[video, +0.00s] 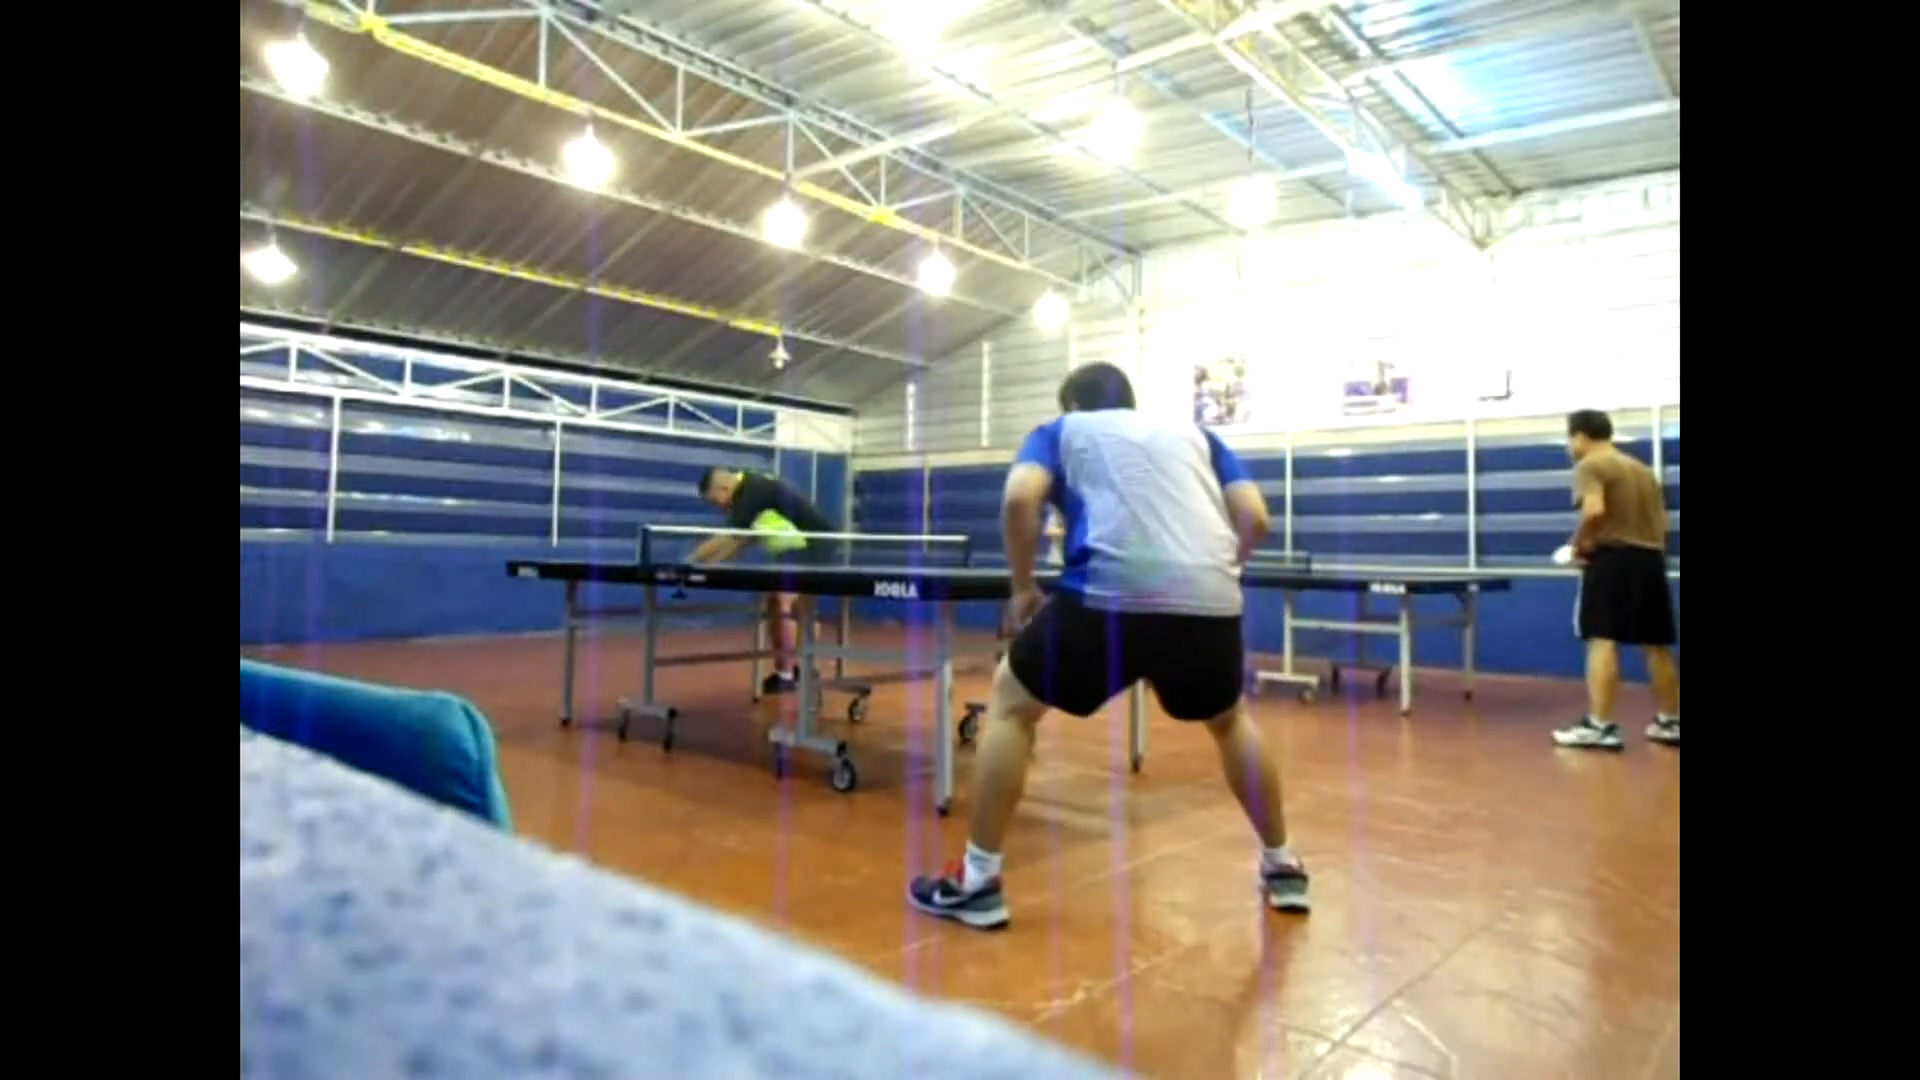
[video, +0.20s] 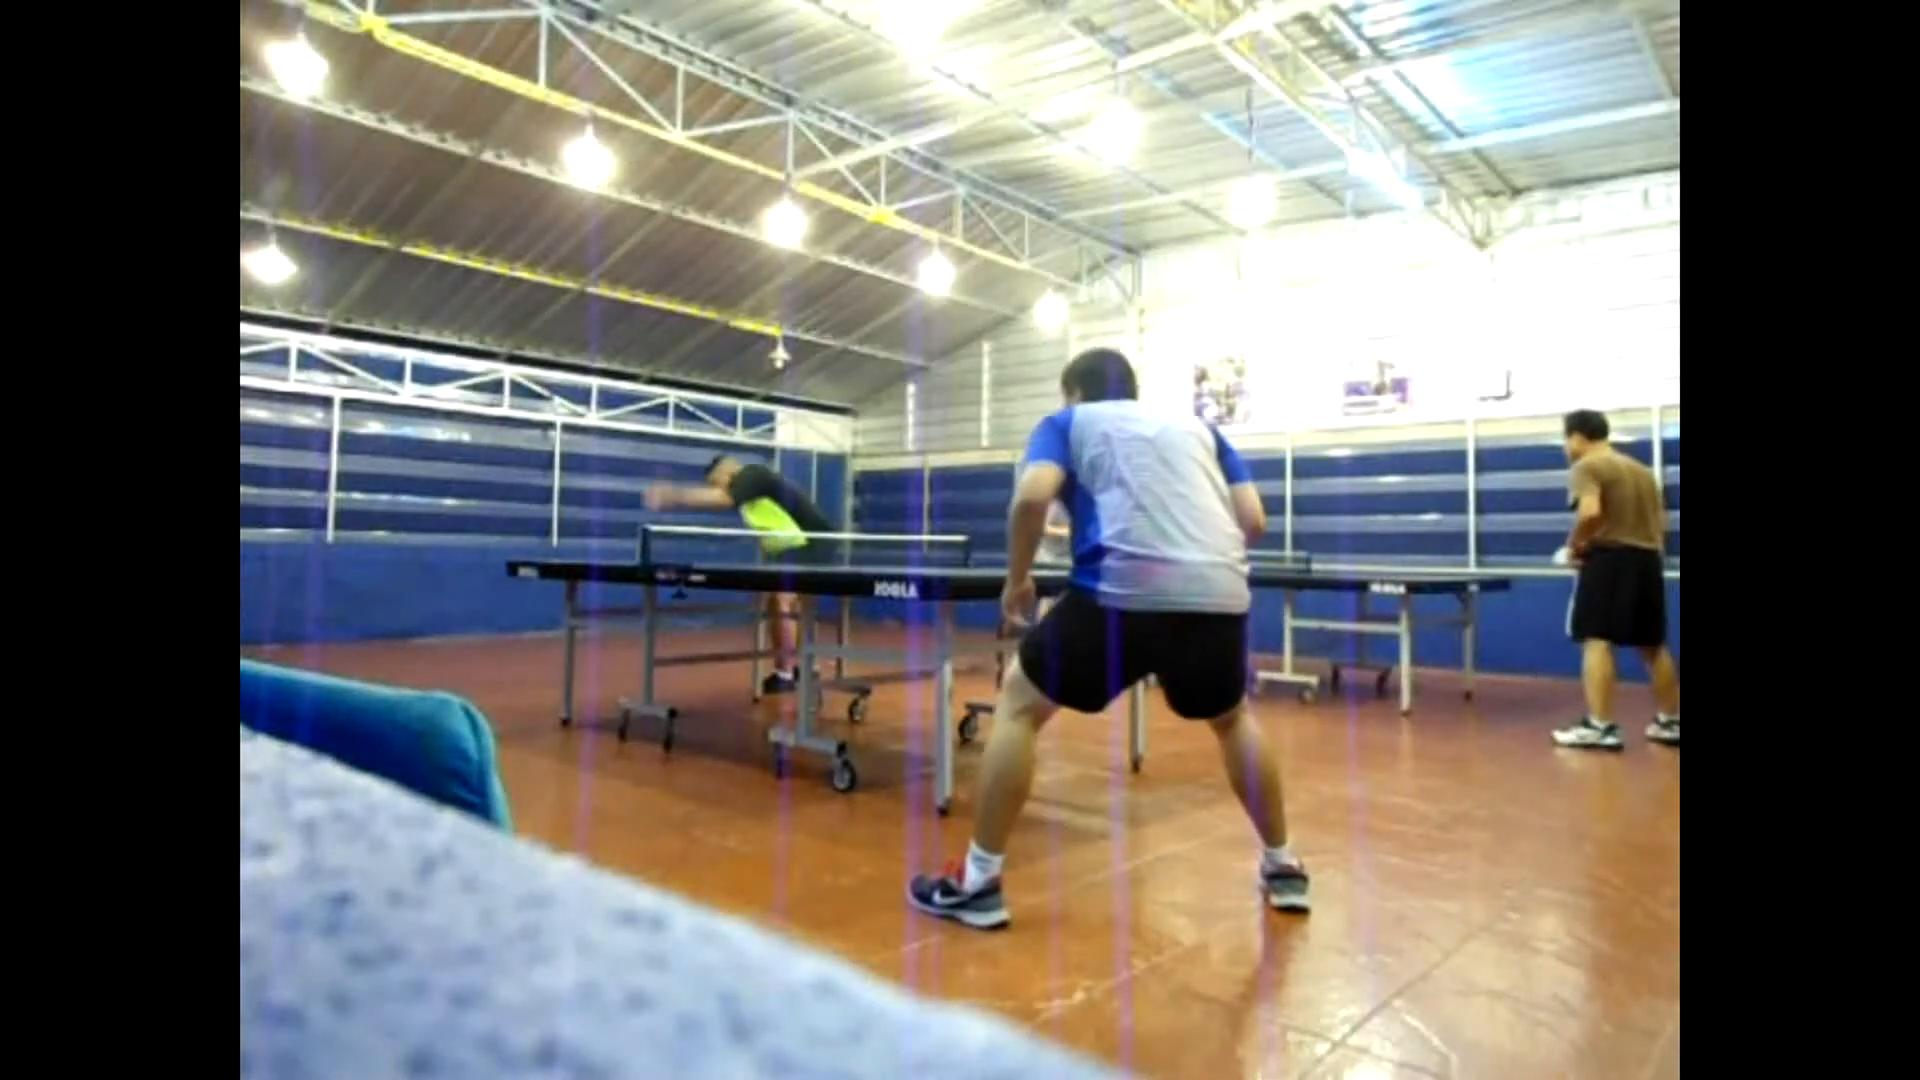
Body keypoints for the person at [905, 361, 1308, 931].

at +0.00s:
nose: (1062, 419)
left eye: (1063, 412)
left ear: (1069, 408)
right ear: (1132, 405)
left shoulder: (1058, 432)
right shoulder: (1196, 435)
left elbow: (1021, 497)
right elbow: (1254, 518)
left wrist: (1023, 585)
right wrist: (1216, 569)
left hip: (1107, 605)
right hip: (1208, 610)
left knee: (1013, 706)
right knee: (1230, 721)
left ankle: (977, 880)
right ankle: (1282, 864)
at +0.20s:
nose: (1063, 406)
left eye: (1065, 397)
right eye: (1064, 399)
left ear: (1075, 393)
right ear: (1133, 393)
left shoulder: (1065, 423)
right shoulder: (1200, 431)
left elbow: (1034, 495)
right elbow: (1252, 521)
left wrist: (1018, 583)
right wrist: (1195, 550)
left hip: (1120, 599)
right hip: (1218, 603)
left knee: (1021, 710)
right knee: (1232, 720)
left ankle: (977, 881)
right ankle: (1282, 864)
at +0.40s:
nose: (1082, 398)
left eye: (1083, 389)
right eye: (1083, 390)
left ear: (1096, 385)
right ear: (1151, 385)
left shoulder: (1083, 416)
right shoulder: (1217, 425)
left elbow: (1055, 494)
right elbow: (1265, 524)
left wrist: (1050, 582)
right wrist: (1207, 549)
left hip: (1133, 593)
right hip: (1230, 598)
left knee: (1036, 715)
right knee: (1240, 719)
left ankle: (978, 881)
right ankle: (1284, 865)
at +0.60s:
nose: (1086, 394)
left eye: (1087, 385)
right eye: (1088, 386)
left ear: (1100, 380)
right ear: (1157, 381)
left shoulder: (1084, 412)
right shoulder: (1219, 422)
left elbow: (1058, 488)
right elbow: (1267, 522)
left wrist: (1069, 586)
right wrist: (1210, 544)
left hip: (1133, 588)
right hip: (1228, 592)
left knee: (1041, 712)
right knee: (1242, 719)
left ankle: (983, 882)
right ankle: (1285, 867)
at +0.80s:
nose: (1063, 381)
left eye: (1065, 372)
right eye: (1066, 373)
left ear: (1073, 372)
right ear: (1132, 374)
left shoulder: (1052, 411)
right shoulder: (1185, 422)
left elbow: (1022, 487)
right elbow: (1237, 513)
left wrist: (1036, 567)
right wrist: (1205, 568)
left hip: (1089, 605)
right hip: (1185, 609)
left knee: (1007, 710)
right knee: (1218, 720)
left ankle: (981, 880)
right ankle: (1281, 863)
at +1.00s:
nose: (1044, 336)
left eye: (1045, 327)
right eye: (1048, 328)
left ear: (1053, 327)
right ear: (1114, 329)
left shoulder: (1037, 369)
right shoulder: (1169, 384)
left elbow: (1004, 439)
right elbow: (1207, 481)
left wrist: (1003, 528)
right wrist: (1167, 532)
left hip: (1070, 564)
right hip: (1164, 566)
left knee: (1014, 701)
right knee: (1190, 686)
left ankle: (982, 868)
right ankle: (1238, 822)